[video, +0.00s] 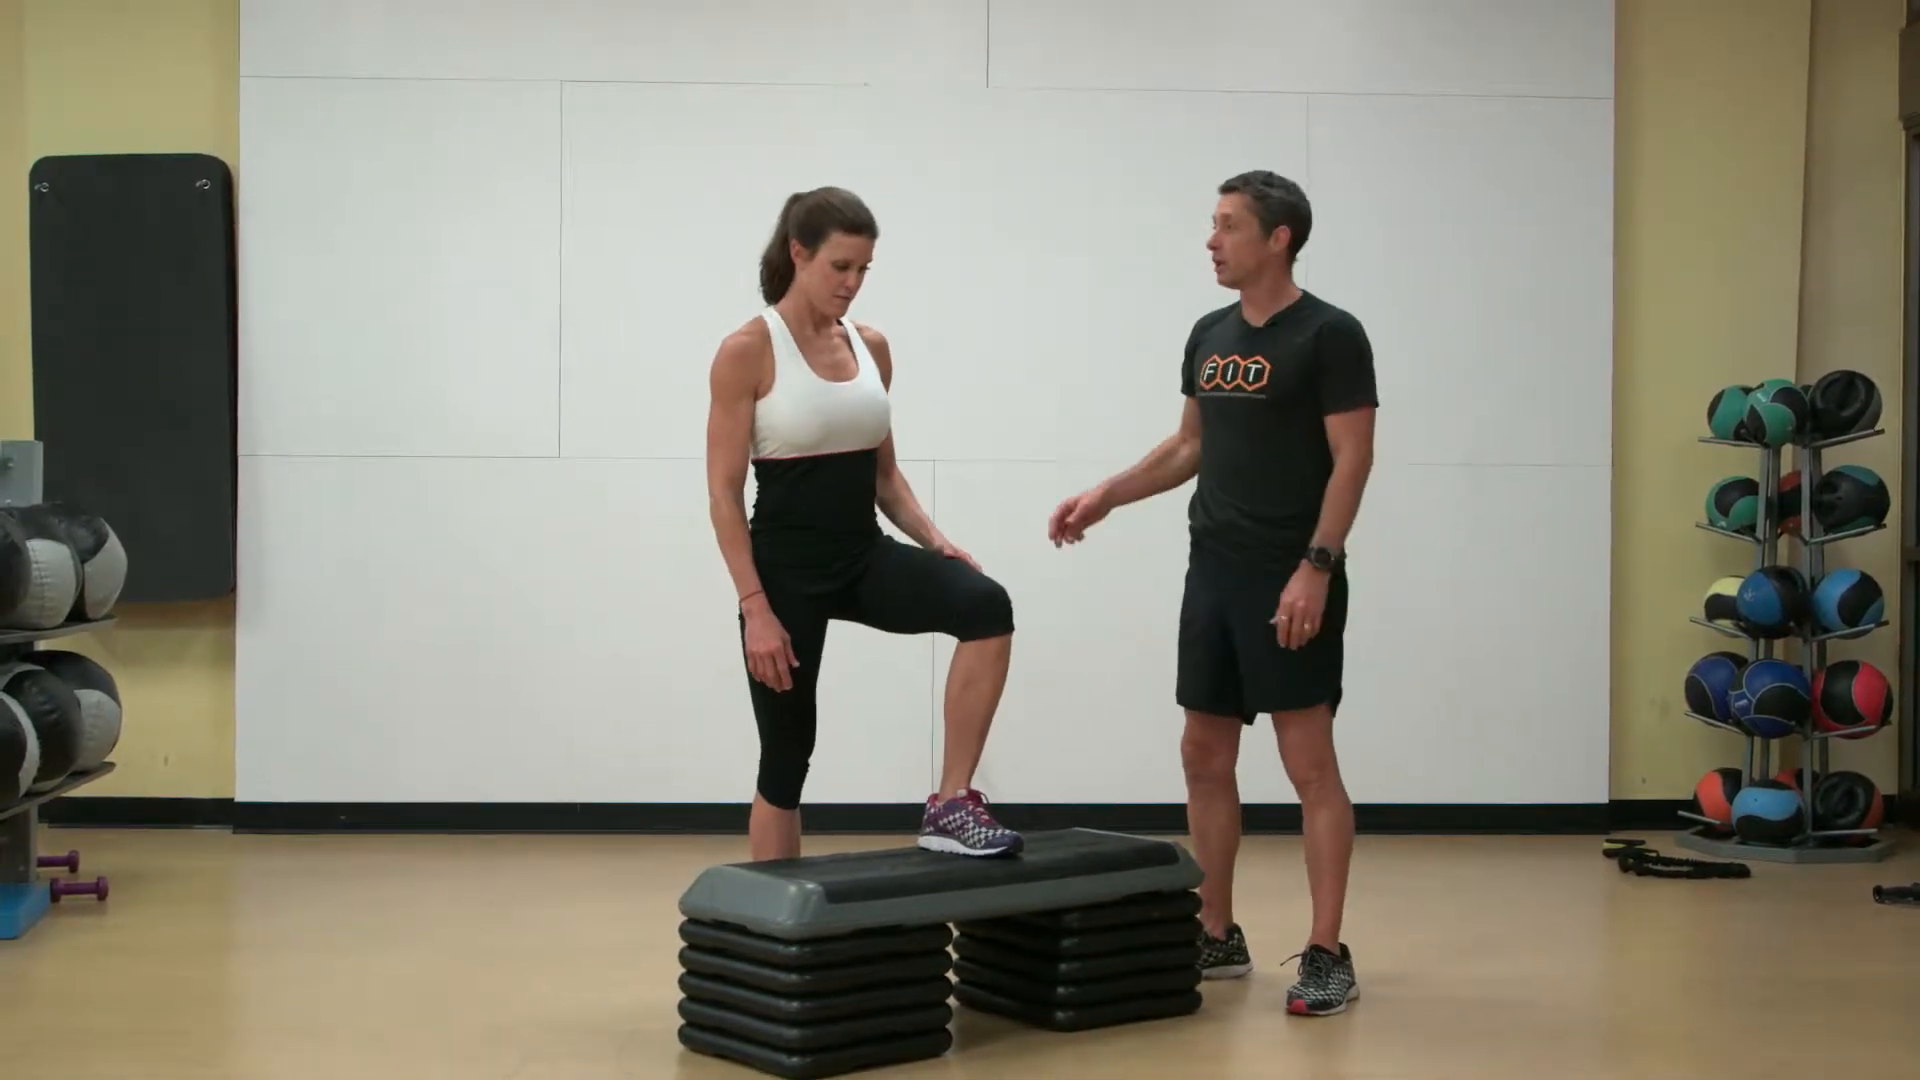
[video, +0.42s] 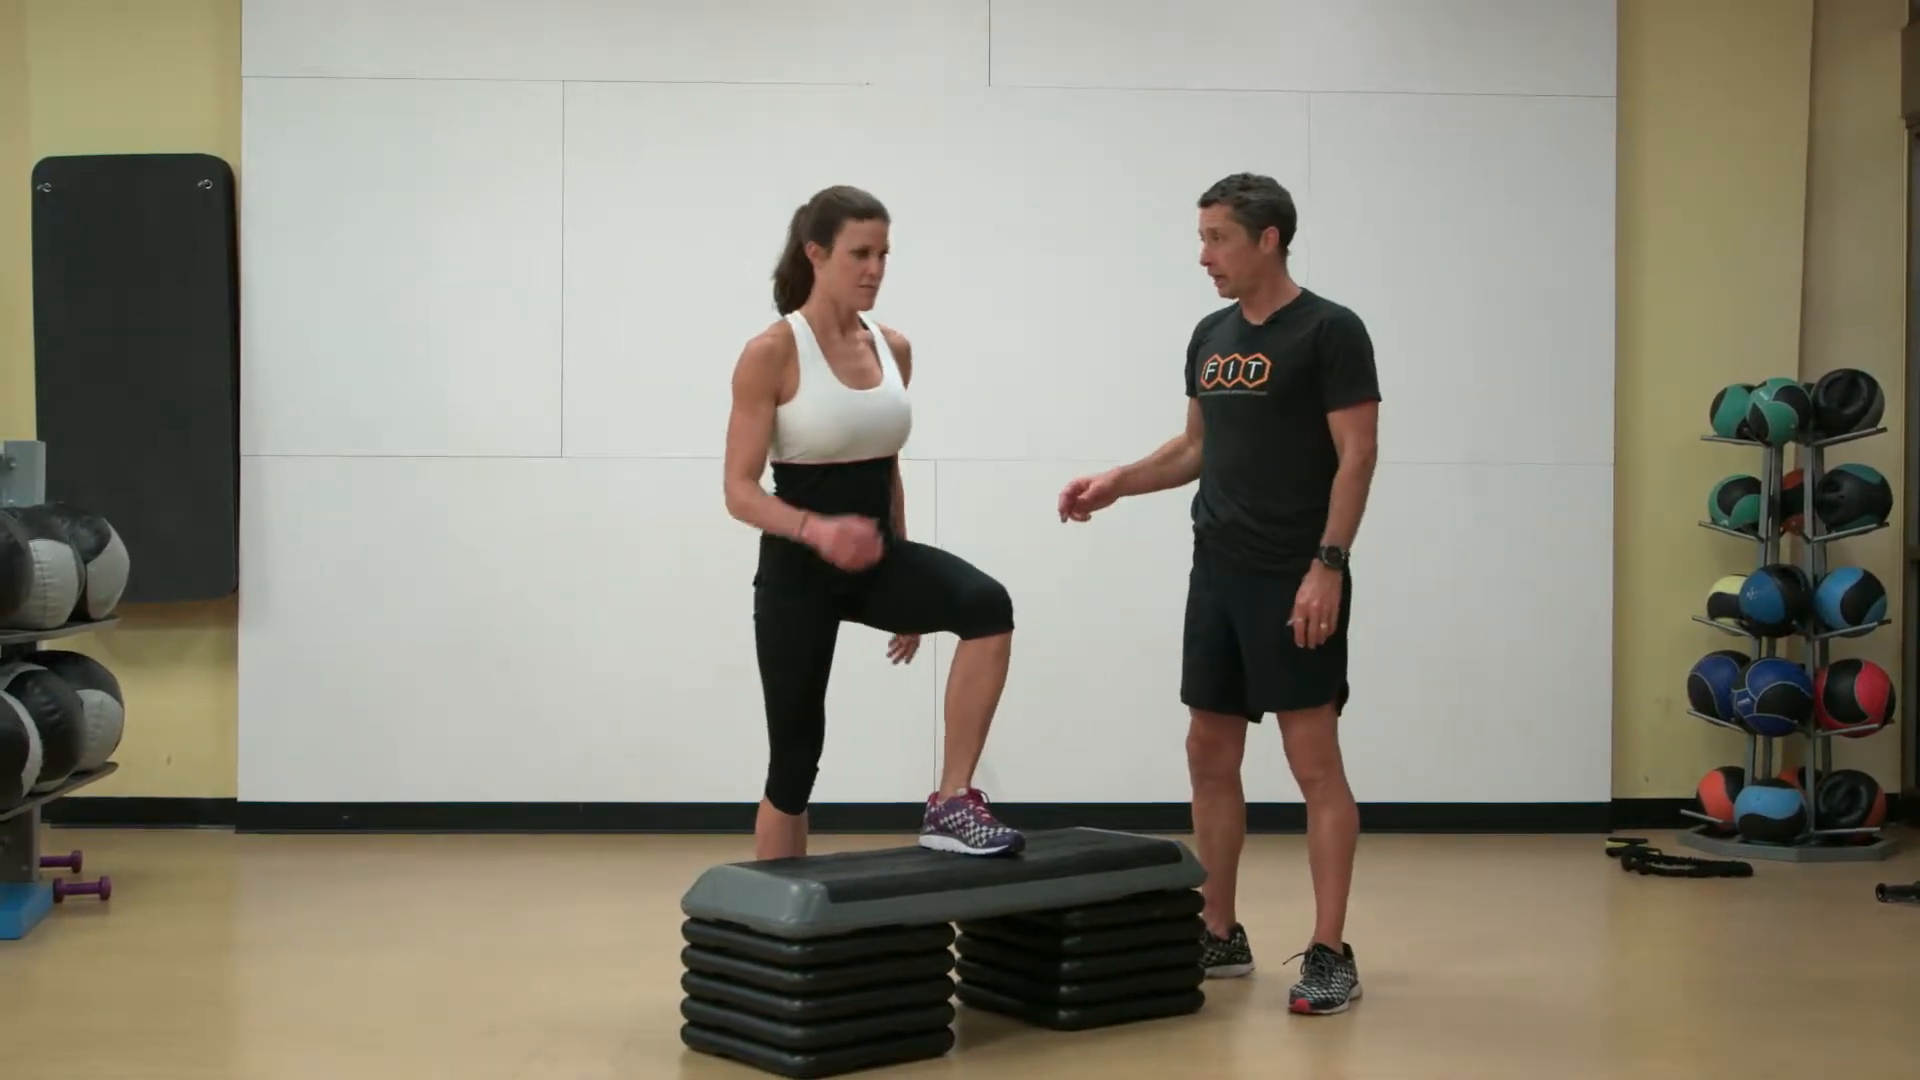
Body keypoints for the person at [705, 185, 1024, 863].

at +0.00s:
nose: (854, 283)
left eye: (862, 268)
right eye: (841, 266)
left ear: (869, 266)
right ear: (797, 254)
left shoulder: (869, 348)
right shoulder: (748, 352)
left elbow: (884, 473)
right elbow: (724, 493)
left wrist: (934, 540)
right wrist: (755, 608)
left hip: (861, 558)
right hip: (784, 568)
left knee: (986, 608)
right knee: (786, 760)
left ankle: (952, 801)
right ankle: (772, 932)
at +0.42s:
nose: (876, 267)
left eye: (882, 254)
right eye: (861, 253)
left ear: (885, 258)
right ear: (814, 254)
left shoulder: (891, 349)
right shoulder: (771, 355)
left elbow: (888, 470)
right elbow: (739, 493)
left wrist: (907, 593)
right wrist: (811, 527)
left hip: (877, 558)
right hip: (798, 569)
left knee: (986, 606)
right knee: (794, 765)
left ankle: (952, 800)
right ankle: (776, 934)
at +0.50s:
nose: (892, 267)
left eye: (898, 253)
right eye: (876, 253)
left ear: (902, 258)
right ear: (831, 258)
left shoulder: (906, 353)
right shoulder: (787, 356)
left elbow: (894, 471)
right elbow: (757, 494)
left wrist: (899, 592)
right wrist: (841, 489)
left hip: (881, 558)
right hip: (806, 568)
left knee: (993, 609)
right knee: (804, 768)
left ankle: (952, 802)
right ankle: (775, 937)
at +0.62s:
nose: (926, 272)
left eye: (931, 259)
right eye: (910, 259)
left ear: (935, 265)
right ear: (864, 267)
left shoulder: (939, 359)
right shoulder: (821, 358)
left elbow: (916, 483)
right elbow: (805, 489)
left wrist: (916, 598)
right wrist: (898, 431)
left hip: (900, 557)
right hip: (829, 564)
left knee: (1005, 617)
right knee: (831, 770)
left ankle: (954, 802)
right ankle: (783, 930)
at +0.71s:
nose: (953, 253)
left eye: (958, 239)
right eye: (937, 240)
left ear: (963, 246)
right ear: (891, 247)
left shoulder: (965, 340)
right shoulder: (851, 332)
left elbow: (945, 459)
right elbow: (836, 457)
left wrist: (950, 563)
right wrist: (930, 416)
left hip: (923, 540)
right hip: (848, 542)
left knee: (1019, 622)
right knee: (829, 741)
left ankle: (957, 803)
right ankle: (791, 916)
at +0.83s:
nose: (988, 194)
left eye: (992, 180)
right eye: (972, 181)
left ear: (993, 188)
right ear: (926, 188)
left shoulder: (1001, 291)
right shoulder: (885, 272)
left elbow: (998, 418)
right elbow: (845, 398)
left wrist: (1051, 493)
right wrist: (933, 453)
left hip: (946, 494)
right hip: (868, 493)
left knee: (1019, 619)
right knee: (878, 698)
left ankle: (957, 805)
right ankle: (806, 867)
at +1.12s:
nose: (990, 57)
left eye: (997, 42)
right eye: (975, 40)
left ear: (1000, 53)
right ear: (928, 47)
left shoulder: (1018, 152)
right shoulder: (880, 140)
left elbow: (1099, 234)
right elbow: (810, 256)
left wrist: (1069, 133)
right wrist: (761, 367)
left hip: (968, 358)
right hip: (887, 349)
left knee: (963, 574)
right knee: (1022, 360)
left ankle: (958, 786)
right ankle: (929, 521)